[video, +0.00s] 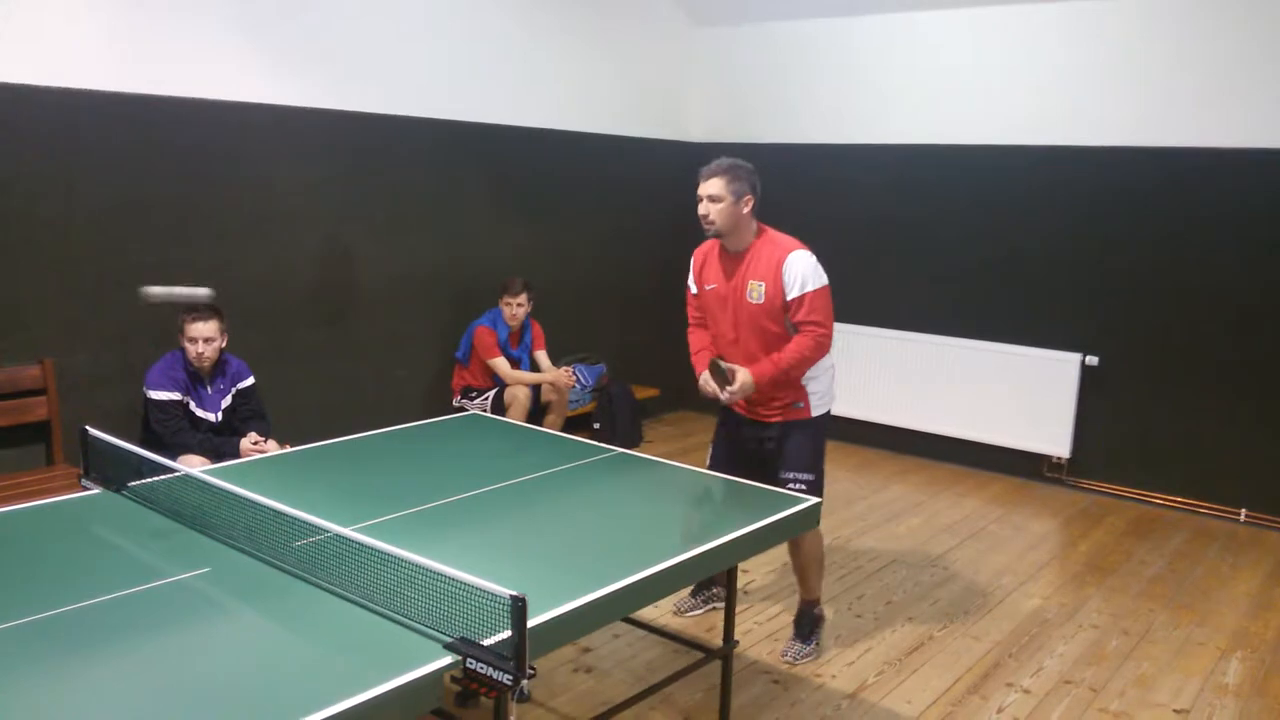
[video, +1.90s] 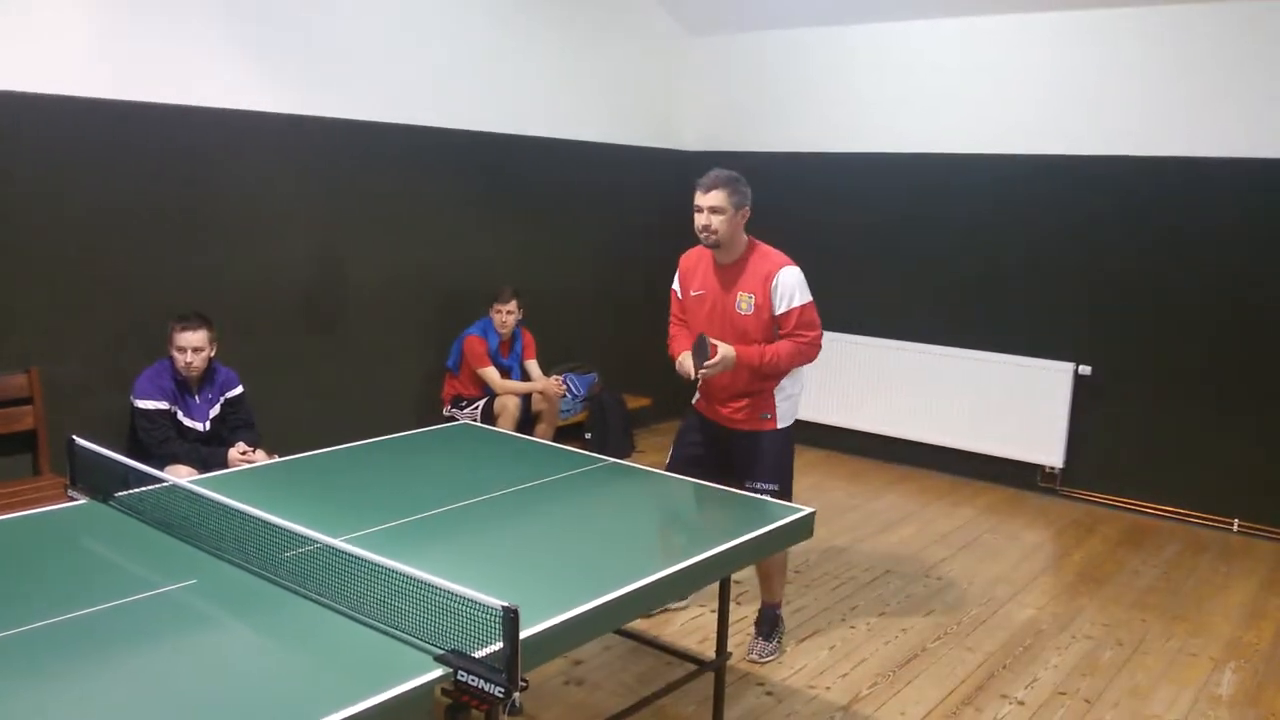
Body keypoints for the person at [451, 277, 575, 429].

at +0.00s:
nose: (513, 311)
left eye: (520, 305)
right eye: (508, 305)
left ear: (529, 307)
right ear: (500, 304)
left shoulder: (533, 328)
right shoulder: (483, 330)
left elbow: (547, 368)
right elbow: (508, 377)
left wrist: (561, 376)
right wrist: (553, 377)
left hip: (505, 390)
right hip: (470, 397)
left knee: (559, 391)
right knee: (521, 394)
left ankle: (546, 451)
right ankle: (509, 451)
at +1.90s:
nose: (503, 319)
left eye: (510, 313)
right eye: (498, 312)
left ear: (519, 315)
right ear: (491, 313)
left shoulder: (523, 337)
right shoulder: (474, 339)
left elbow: (537, 377)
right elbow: (498, 387)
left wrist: (552, 386)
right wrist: (543, 386)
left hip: (497, 399)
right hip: (461, 405)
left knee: (550, 400)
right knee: (511, 403)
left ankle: (537, 462)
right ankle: (501, 461)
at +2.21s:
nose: (501, 319)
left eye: (507, 313)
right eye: (496, 312)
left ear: (517, 314)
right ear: (488, 312)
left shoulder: (521, 336)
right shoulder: (471, 339)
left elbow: (535, 377)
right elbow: (495, 387)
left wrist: (550, 386)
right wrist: (541, 386)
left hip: (494, 400)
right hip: (458, 406)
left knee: (548, 400)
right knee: (508, 403)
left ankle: (536, 463)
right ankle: (496, 463)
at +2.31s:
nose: (502, 319)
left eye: (508, 313)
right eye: (497, 313)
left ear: (518, 314)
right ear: (488, 313)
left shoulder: (521, 337)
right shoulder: (471, 339)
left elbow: (536, 378)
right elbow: (496, 387)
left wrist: (550, 386)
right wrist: (541, 387)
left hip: (495, 398)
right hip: (459, 405)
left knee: (548, 401)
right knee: (509, 403)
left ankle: (537, 463)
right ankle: (497, 463)